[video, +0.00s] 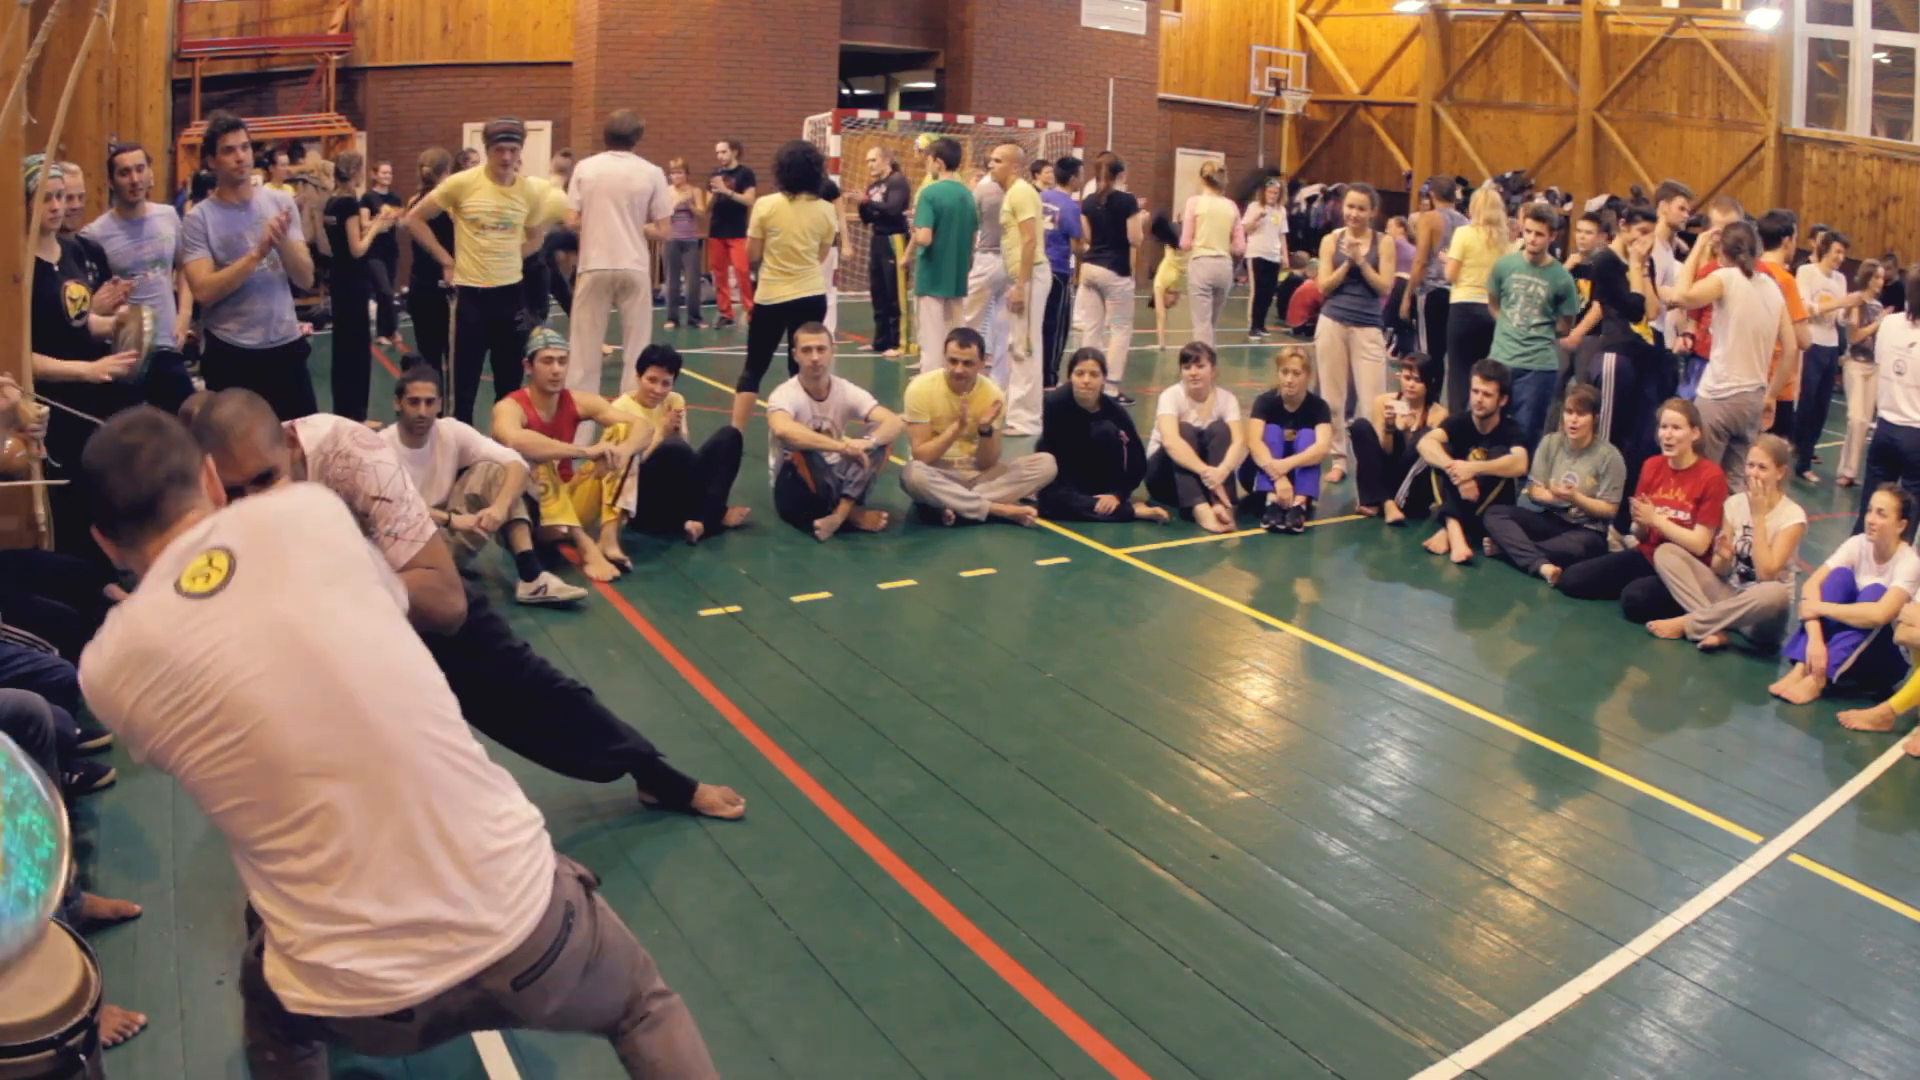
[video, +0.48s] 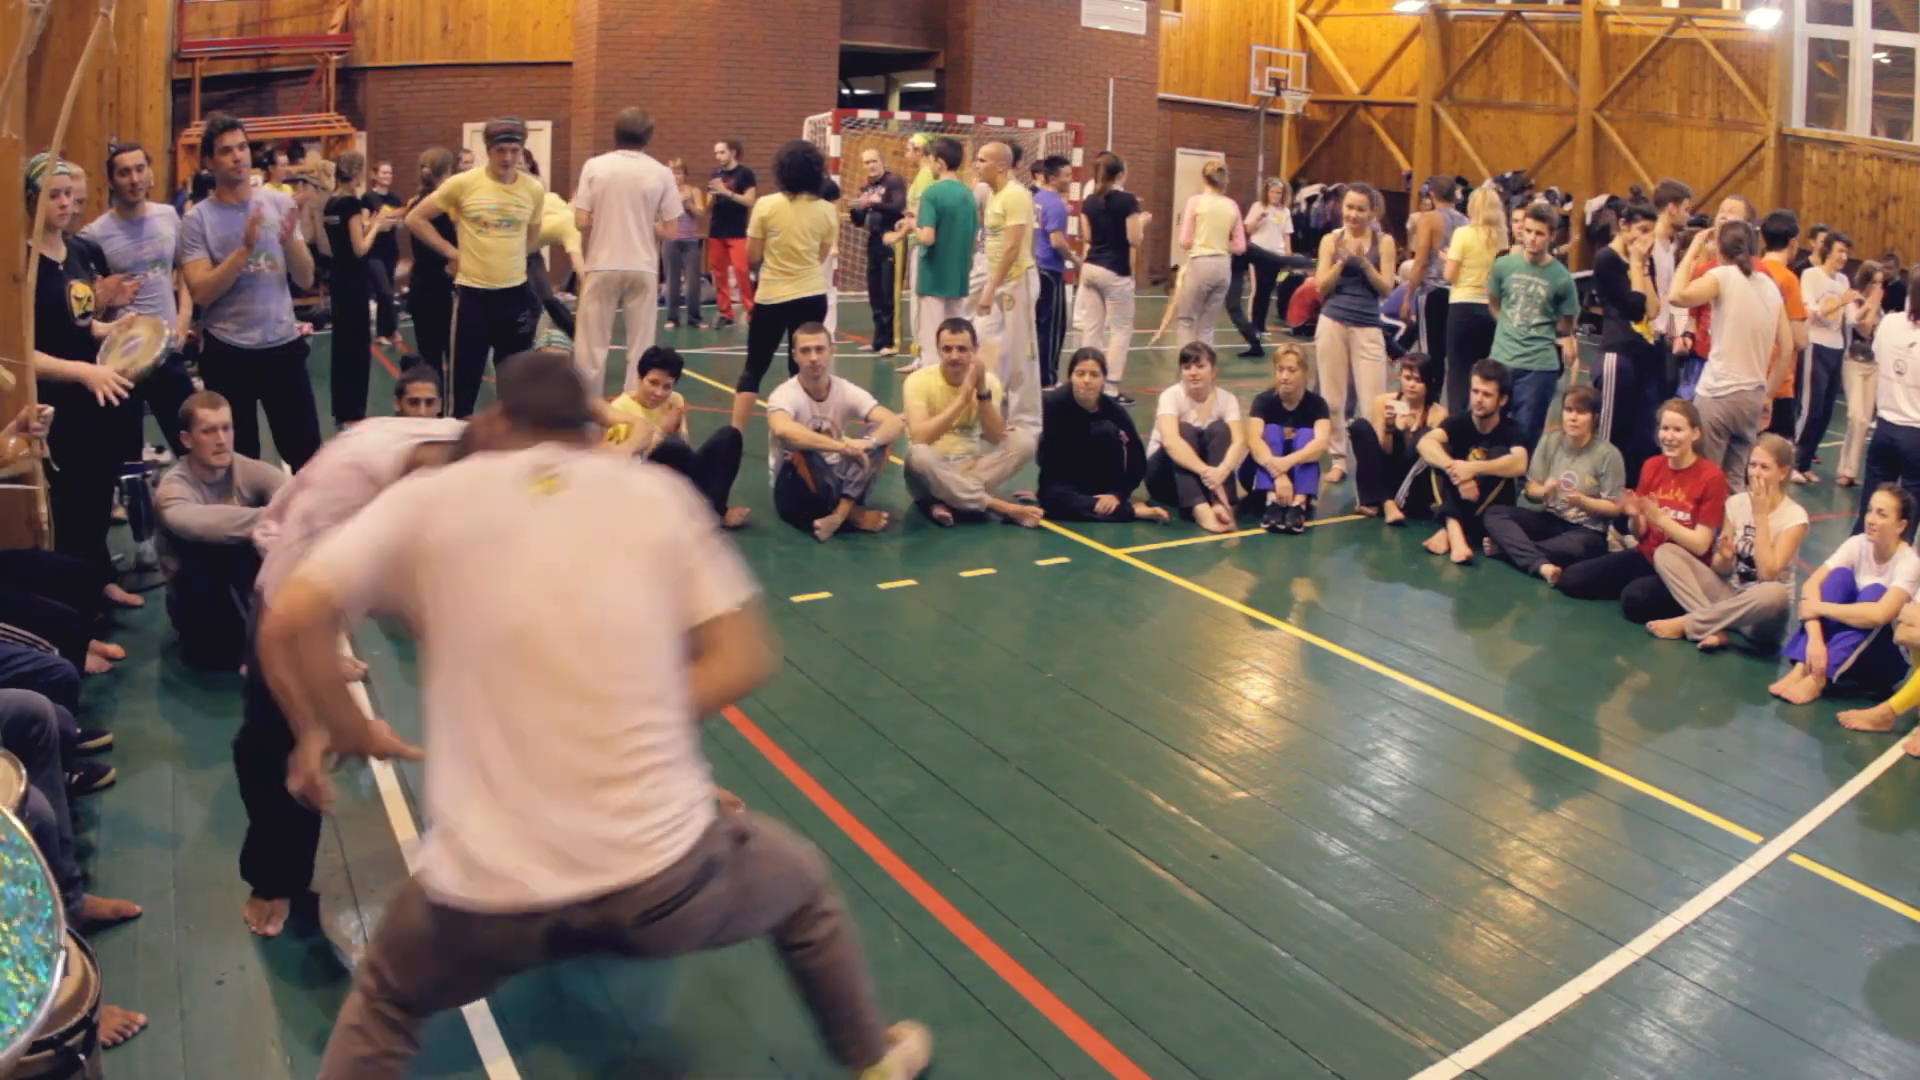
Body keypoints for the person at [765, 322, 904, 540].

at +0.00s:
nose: (815, 358)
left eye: (821, 350)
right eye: (807, 351)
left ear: (832, 352)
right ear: (794, 355)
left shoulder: (844, 390)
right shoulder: (784, 394)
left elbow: (896, 423)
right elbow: (782, 430)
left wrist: (869, 442)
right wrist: (841, 447)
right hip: (797, 497)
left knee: (881, 439)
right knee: (803, 448)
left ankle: (839, 515)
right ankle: (852, 511)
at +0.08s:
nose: (815, 358)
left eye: (821, 350)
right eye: (806, 351)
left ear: (832, 352)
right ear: (794, 355)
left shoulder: (844, 390)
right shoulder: (784, 394)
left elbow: (895, 423)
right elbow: (782, 430)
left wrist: (870, 442)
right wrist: (841, 446)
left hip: (839, 492)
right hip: (797, 497)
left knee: (881, 439)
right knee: (803, 448)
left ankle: (838, 515)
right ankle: (852, 511)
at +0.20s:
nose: (814, 358)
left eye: (821, 350)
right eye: (806, 351)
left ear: (832, 351)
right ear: (794, 355)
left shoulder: (844, 390)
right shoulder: (784, 394)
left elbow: (895, 423)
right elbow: (782, 430)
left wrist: (870, 442)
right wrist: (841, 446)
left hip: (839, 492)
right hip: (797, 496)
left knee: (881, 439)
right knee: (803, 449)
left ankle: (838, 515)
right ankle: (852, 511)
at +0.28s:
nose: (814, 358)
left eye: (820, 350)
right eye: (806, 351)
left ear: (832, 352)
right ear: (794, 355)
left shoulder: (844, 390)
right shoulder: (784, 394)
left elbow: (895, 423)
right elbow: (782, 430)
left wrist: (870, 442)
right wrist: (840, 446)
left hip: (839, 492)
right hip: (797, 496)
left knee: (881, 439)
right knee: (803, 448)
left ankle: (838, 515)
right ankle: (852, 511)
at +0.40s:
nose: (813, 358)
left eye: (820, 350)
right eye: (805, 351)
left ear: (831, 352)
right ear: (794, 355)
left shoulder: (844, 390)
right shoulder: (784, 394)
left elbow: (895, 423)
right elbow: (782, 430)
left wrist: (870, 442)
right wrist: (841, 447)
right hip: (797, 497)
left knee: (880, 440)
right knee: (803, 450)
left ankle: (838, 515)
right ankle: (852, 511)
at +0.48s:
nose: (813, 358)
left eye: (820, 350)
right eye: (805, 351)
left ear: (831, 352)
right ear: (794, 355)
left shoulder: (844, 389)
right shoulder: (784, 394)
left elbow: (895, 423)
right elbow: (782, 430)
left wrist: (870, 442)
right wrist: (841, 447)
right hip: (797, 497)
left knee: (881, 439)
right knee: (803, 451)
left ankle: (839, 515)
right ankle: (852, 511)